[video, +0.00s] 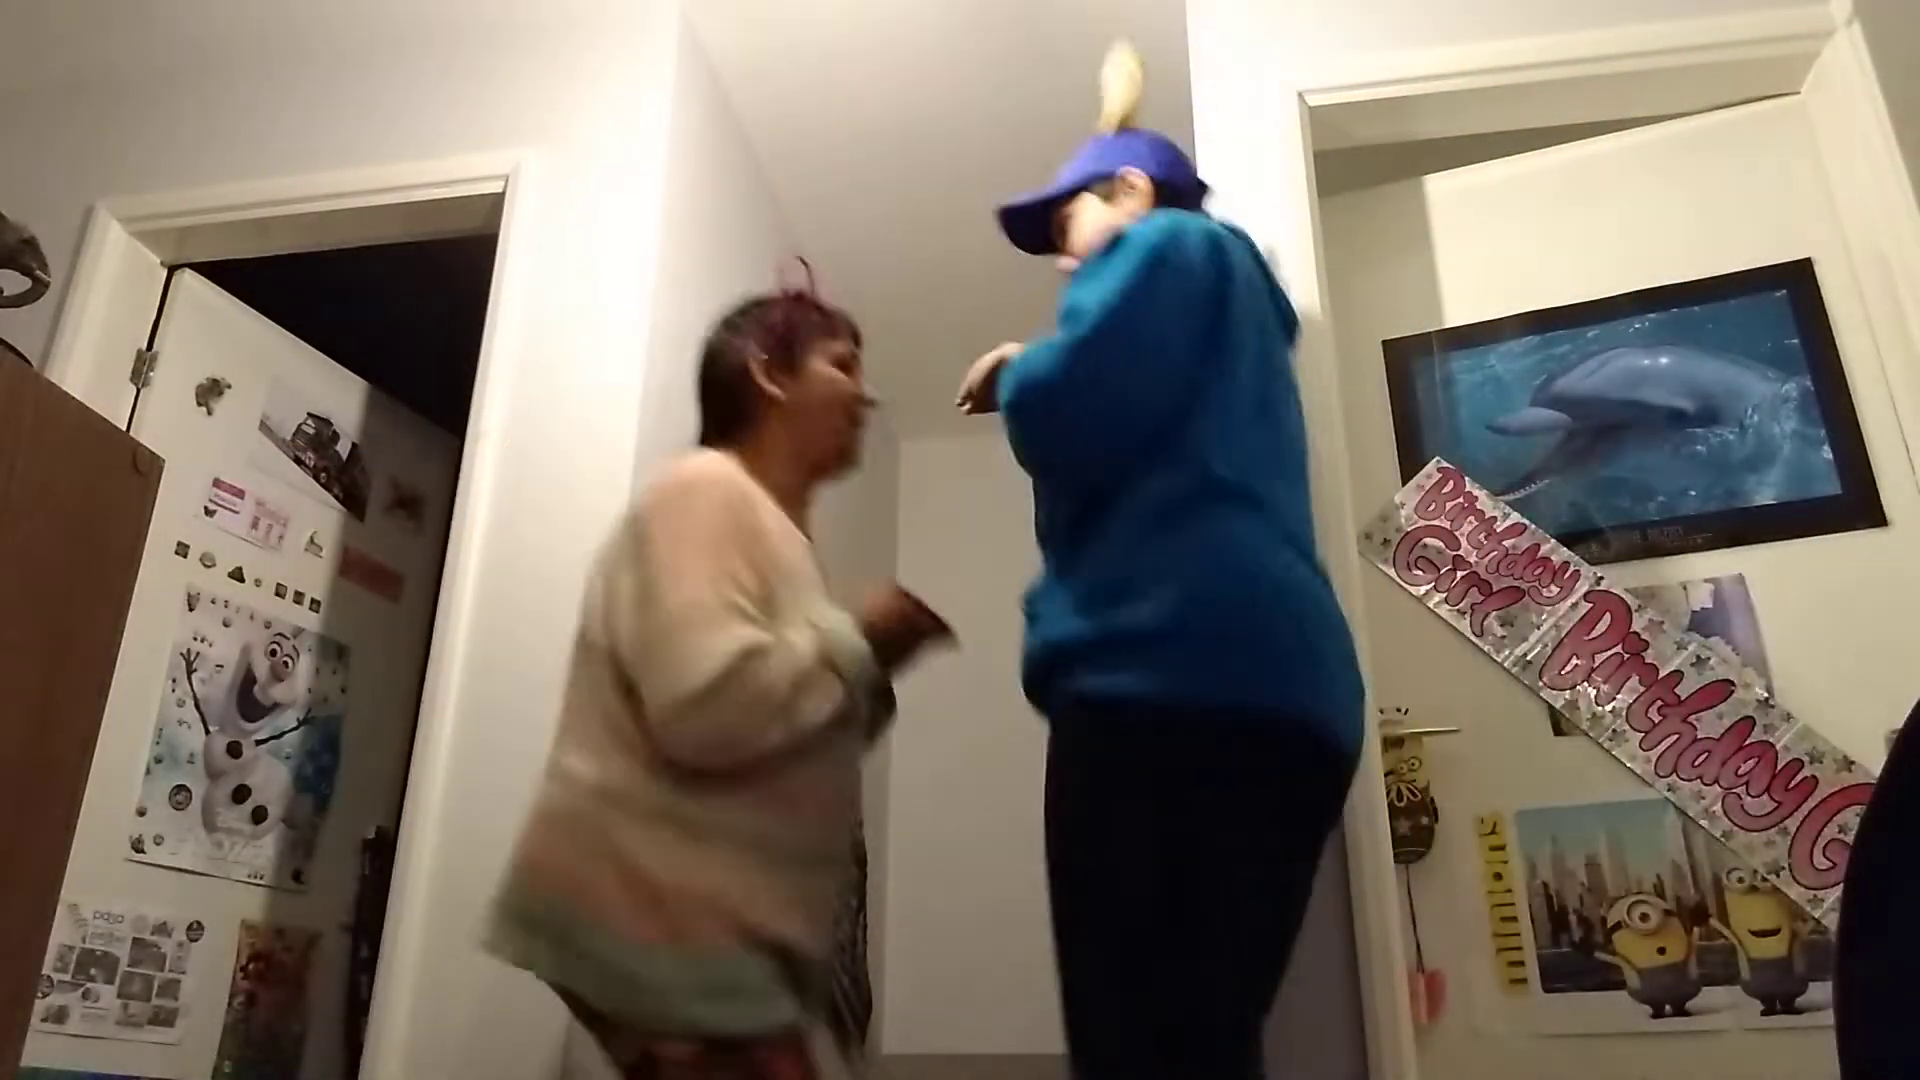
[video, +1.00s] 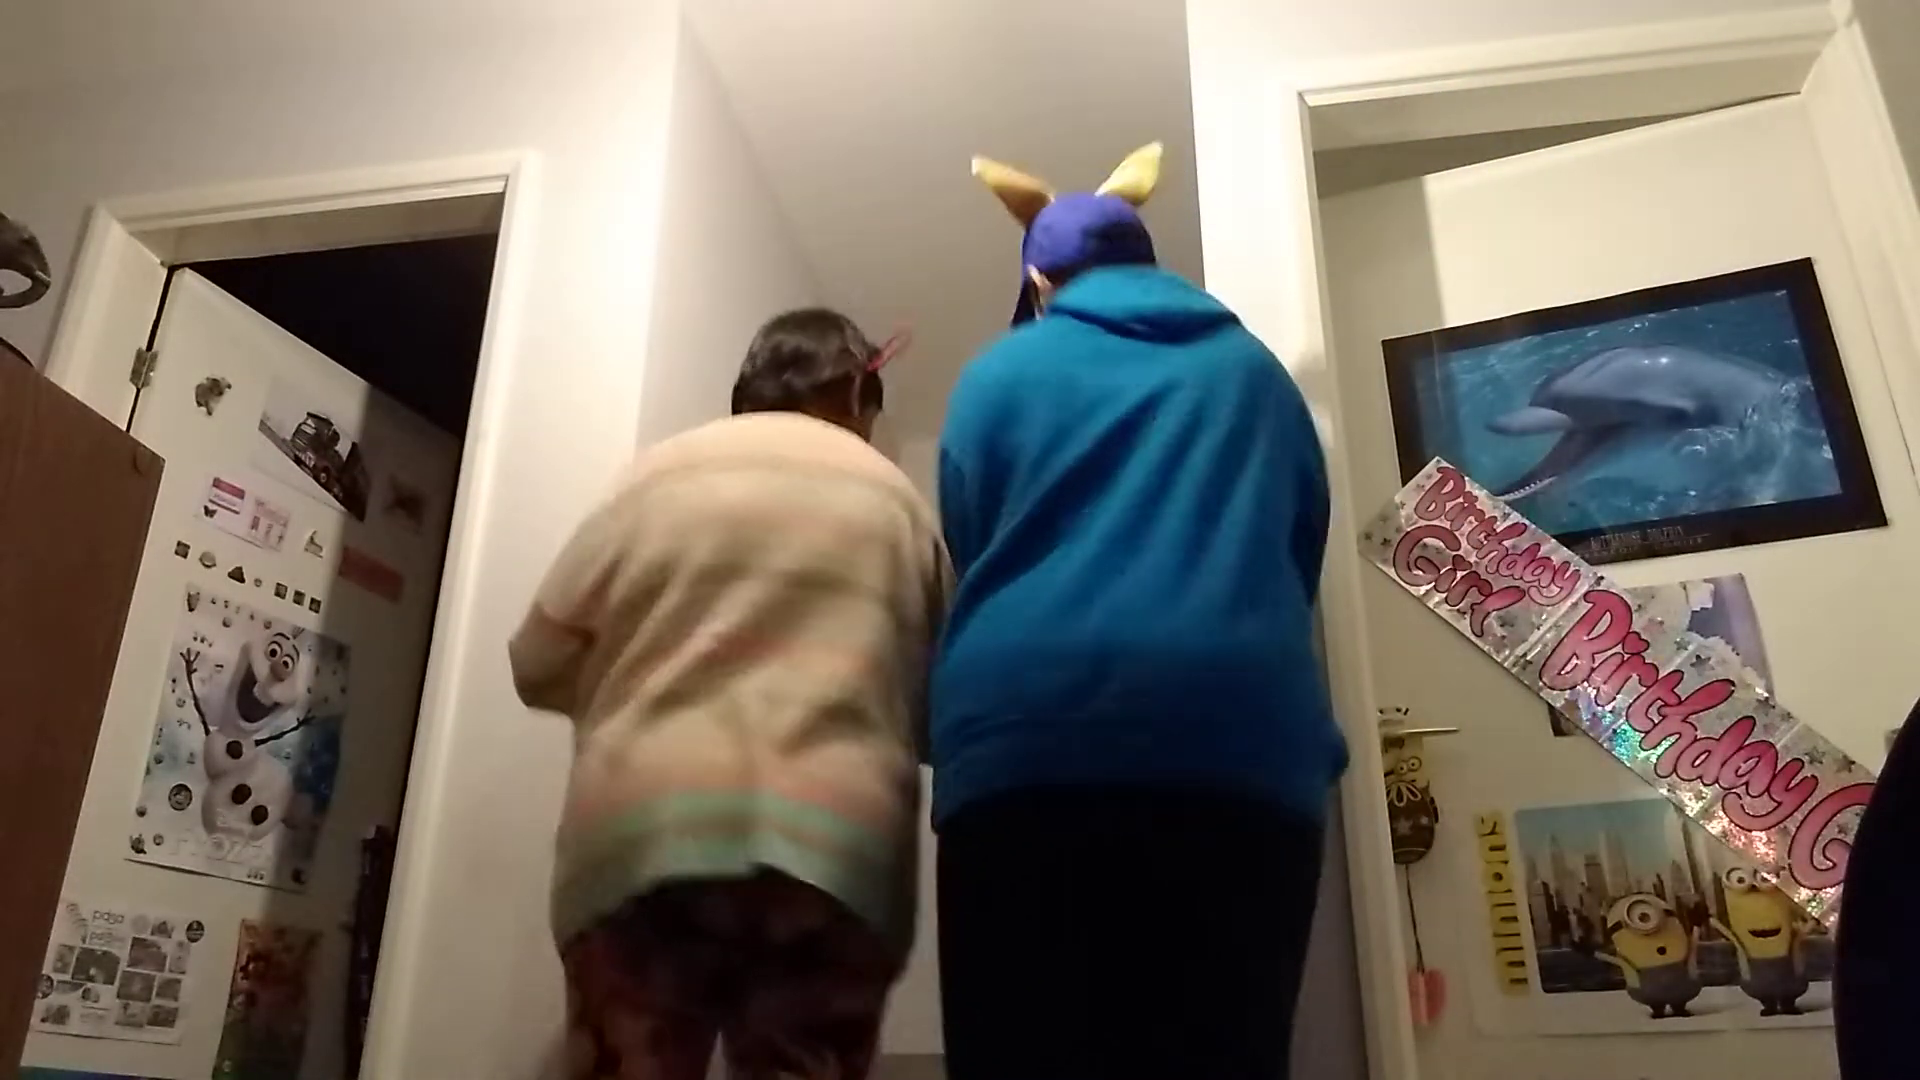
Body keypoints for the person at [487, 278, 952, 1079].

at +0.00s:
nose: (865, 395)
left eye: (859, 372)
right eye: (844, 366)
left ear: (774, 378)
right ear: (770, 374)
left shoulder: (770, 528)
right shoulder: (703, 494)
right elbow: (701, 706)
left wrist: (879, 659)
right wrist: (858, 643)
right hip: (669, 942)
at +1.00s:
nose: (874, 431)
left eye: (874, 411)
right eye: (873, 409)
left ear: (746, 392)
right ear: (854, 397)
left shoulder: (658, 472)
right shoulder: (902, 504)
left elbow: (539, 658)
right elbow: (935, 705)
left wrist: (652, 695)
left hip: (639, 847)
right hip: (837, 861)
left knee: (634, 1063)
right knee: (805, 1063)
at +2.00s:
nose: (668, 475)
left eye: (671, 467)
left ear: (678, 471)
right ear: (791, 485)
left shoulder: (618, 526)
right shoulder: (844, 560)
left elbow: (520, 689)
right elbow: (912, 758)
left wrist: (608, 756)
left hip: (656, 872)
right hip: (853, 883)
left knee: (640, 1063)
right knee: (813, 1065)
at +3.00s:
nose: (319, 385)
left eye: (335, 360)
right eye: (327, 361)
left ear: (368, 364)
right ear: (449, 392)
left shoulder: (336, 459)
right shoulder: (466, 502)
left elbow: (213, 622)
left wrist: (229, 717)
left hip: (304, 851)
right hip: (436, 856)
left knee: (202, 1060)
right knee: (309, 1060)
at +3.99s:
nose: (256, 400)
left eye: (284, 387)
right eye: (231, 379)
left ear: (310, 427)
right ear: (185, 406)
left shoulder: (343, 564)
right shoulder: (116, 511)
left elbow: (365, 757)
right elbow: (31, 624)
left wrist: (318, 665)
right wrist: (141, 602)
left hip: (223, 936)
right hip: (63, 904)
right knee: (36, 1065)